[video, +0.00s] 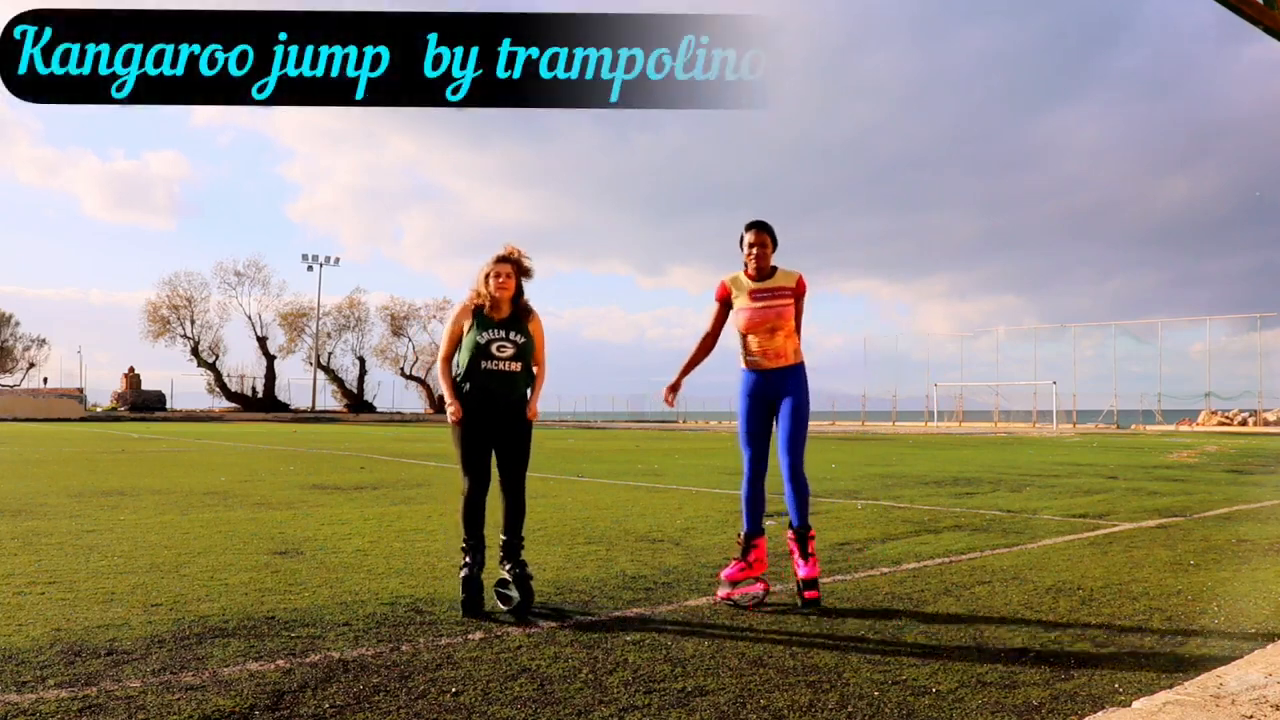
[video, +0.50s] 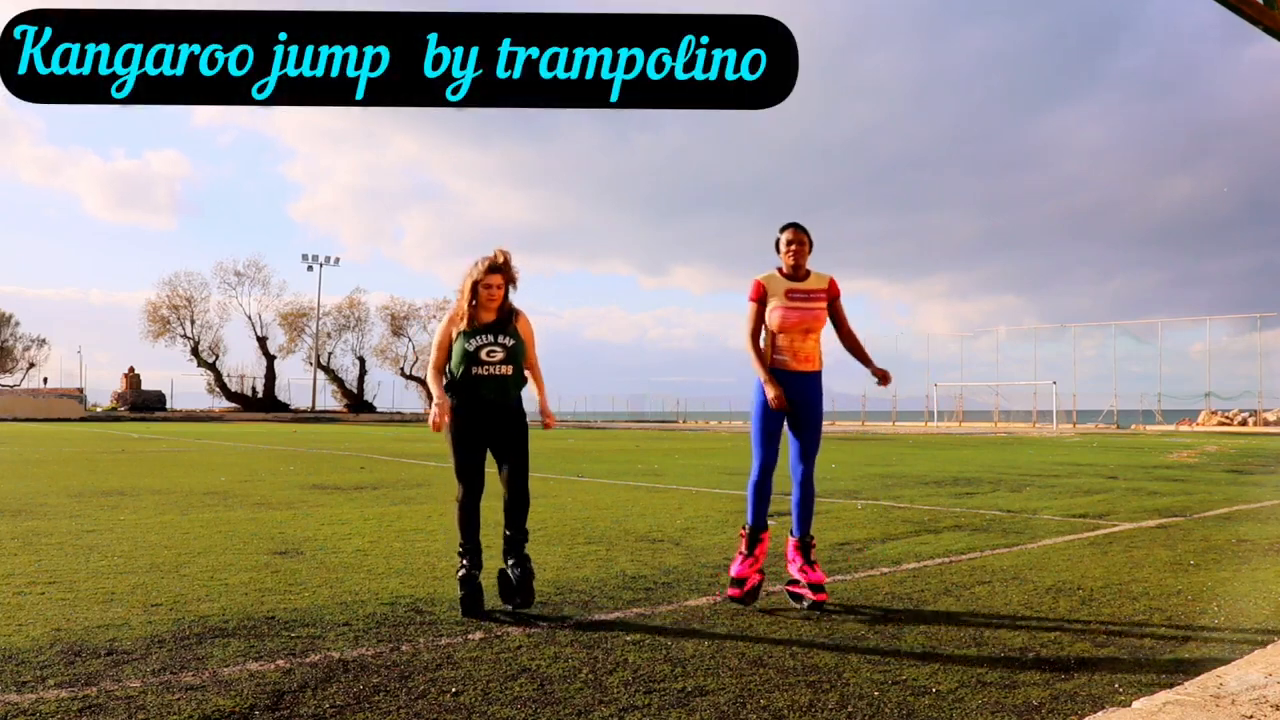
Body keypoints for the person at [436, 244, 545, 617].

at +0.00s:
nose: (503, 281)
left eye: (509, 276)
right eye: (497, 275)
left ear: (518, 281)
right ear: (485, 279)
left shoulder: (529, 319)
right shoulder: (465, 312)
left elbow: (539, 365)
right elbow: (443, 360)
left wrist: (534, 399)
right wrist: (450, 399)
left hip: (514, 411)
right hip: (472, 410)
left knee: (514, 487)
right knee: (476, 486)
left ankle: (512, 559)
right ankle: (472, 560)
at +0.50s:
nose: (493, 292)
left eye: (499, 286)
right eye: (487, 286)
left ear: (506, 289)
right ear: (474, 286)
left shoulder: (518, 321)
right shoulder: (455, 319)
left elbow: (531, 366)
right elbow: (435, 369)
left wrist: (543, 401)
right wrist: (439, 397)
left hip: (508, 415)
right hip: (466, 415)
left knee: (517, 489)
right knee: (469, 491)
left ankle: (516, 561)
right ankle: (469, 565)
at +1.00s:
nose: (528, 290)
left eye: (535, 284)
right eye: (522, 282)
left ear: (543, 285)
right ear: (507, 281)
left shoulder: (551, 320)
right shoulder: (483, 313)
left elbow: (561, 371)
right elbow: (458, 357)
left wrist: (570, 418)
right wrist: (446, 398)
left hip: (533, 414)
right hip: (486, 412)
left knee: (533, 491)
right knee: (488, 486)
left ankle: (533, 570)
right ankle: (483, 562)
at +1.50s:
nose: (519, 283)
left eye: (525, 276)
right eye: (512, 276)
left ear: (535, 278)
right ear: (498, 276)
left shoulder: (549, 314)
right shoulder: (476, 314)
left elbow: (561, 369)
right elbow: (455, 366)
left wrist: (571, 417)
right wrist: (452, 413)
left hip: (538, 420)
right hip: (490, 421)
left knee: (544, 506)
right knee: (497, 503)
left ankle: (537, 574)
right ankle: (495, 592)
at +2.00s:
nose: (531, 263)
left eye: (539, 257)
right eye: (524, 256)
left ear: (549, 262)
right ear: (511, 259)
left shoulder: (565, 306)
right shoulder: (489, 302)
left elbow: (577, 362)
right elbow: (468, 357)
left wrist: (585, 410)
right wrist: (461, 408)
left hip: (547, 415)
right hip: (496, 414)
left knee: (545, 503)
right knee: (497, 502)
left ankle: (548, 595)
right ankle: (494, 597)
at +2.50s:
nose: (528, 261)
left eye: (534, 254)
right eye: (520, 254)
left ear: (542, 258)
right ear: (504, 256)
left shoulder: (555, 301)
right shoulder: (479, 300)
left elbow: (569, 358)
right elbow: (458, 357)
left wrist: (582, 410)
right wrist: (452, 406)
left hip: (545, 416)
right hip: (495, 417)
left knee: (544, 505)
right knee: (497, 505)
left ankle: (547, 595)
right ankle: (493, 598)